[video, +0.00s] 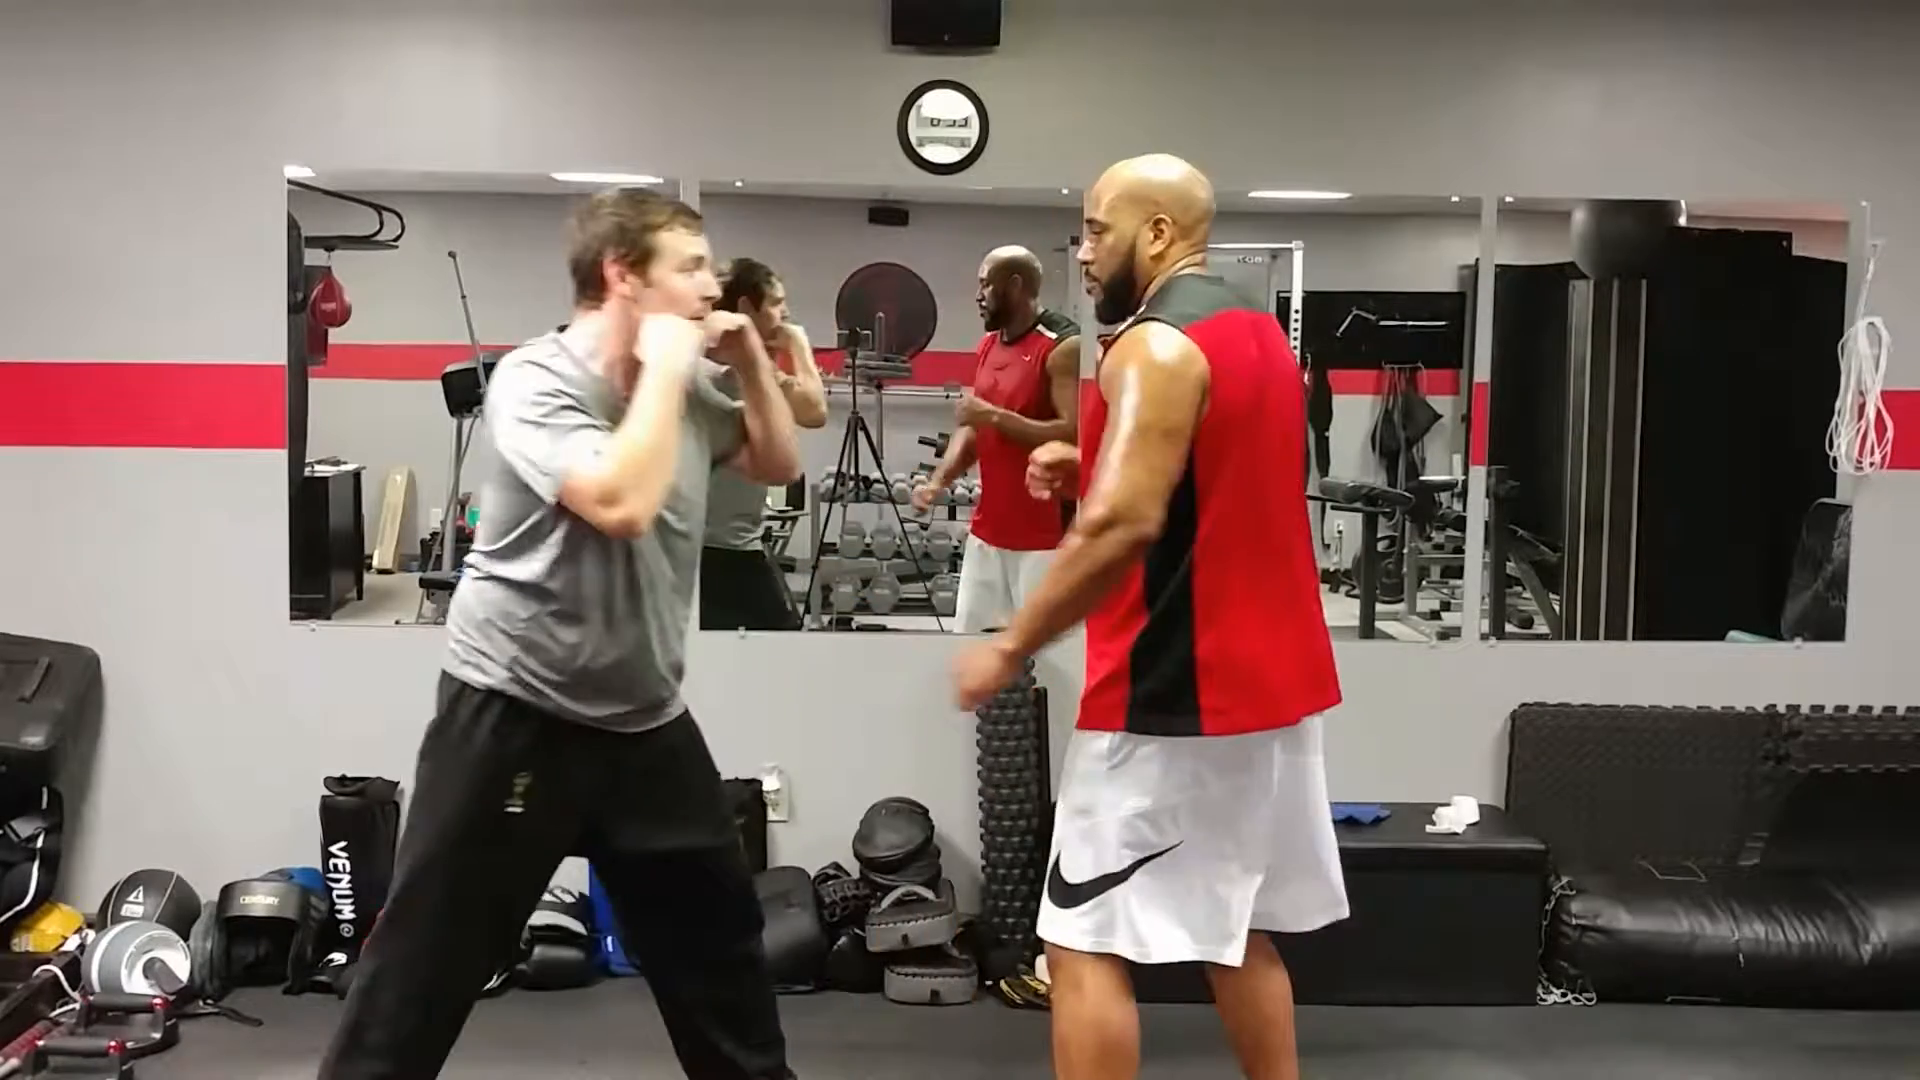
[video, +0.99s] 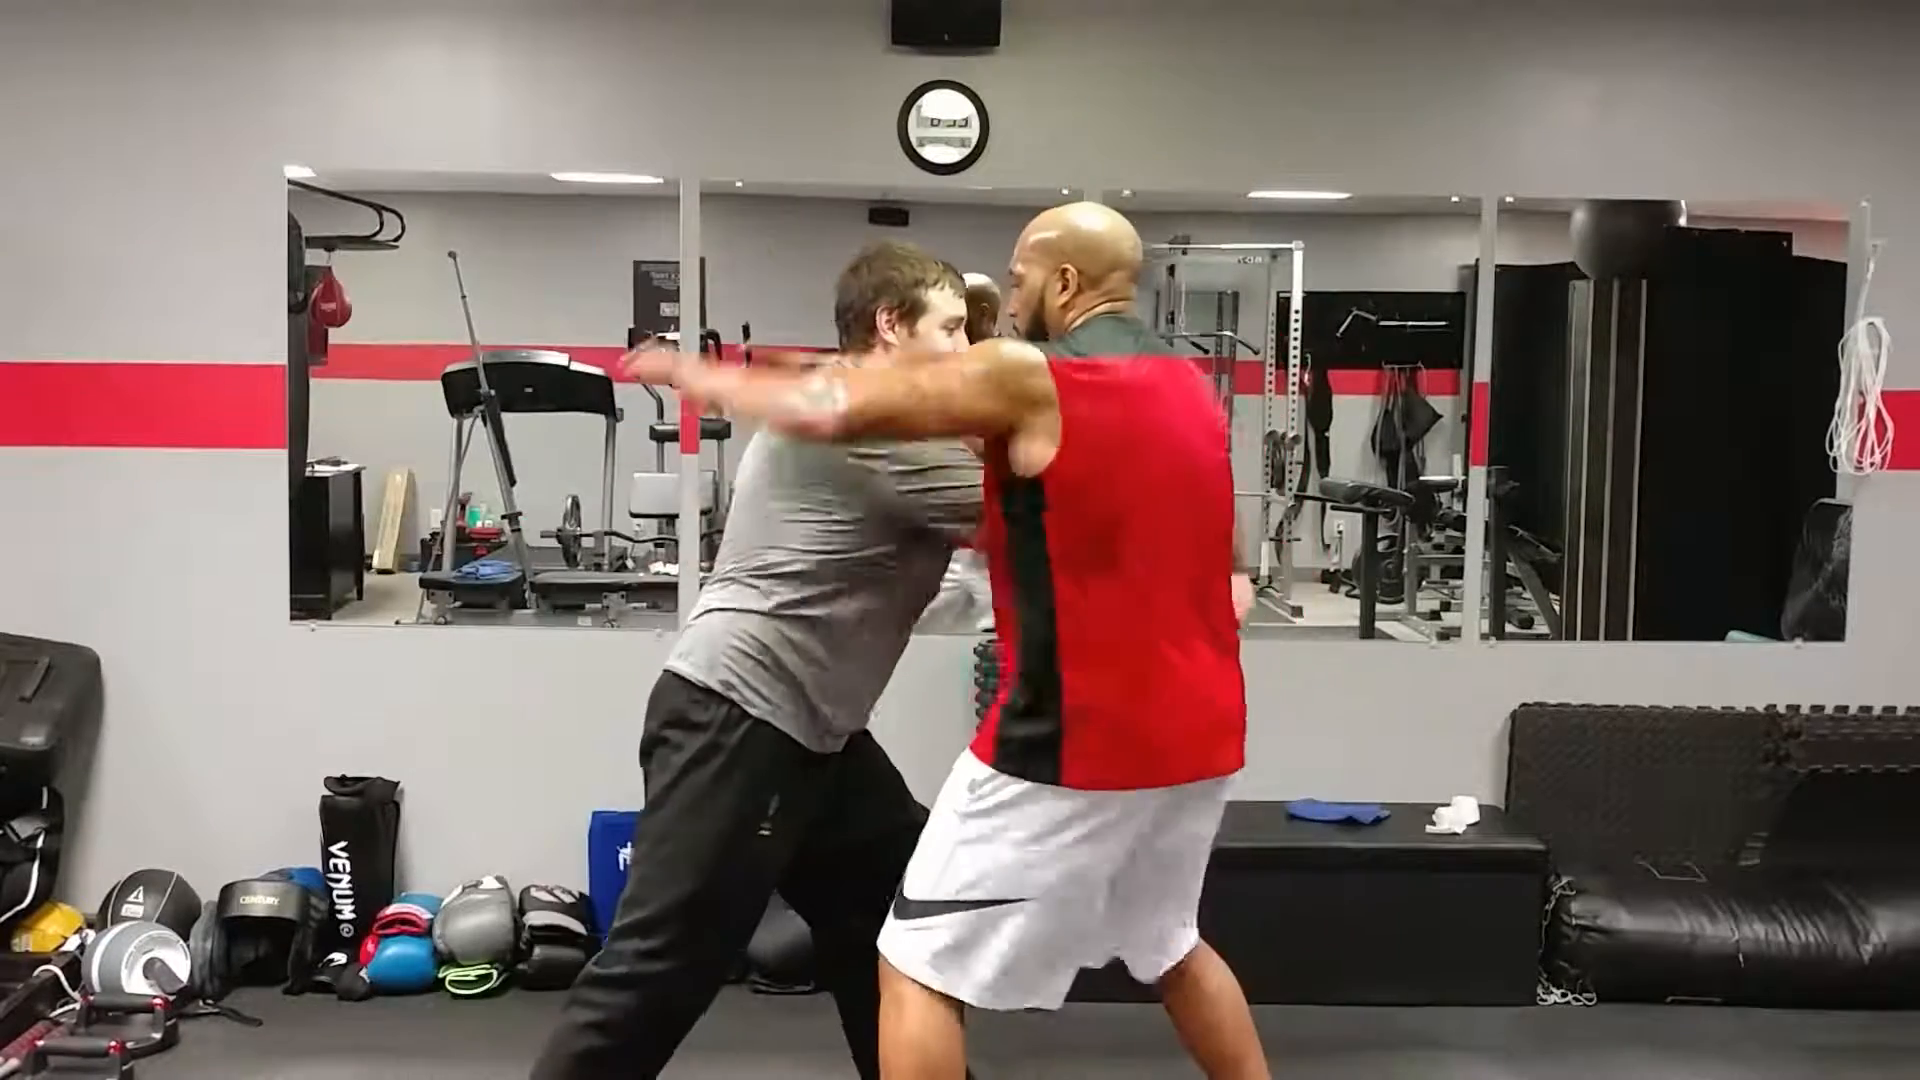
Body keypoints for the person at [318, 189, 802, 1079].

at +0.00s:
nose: (712, 292)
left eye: (710, 274)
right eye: (693, 272)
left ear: (628, 280)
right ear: (620, 278)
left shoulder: (678, 388)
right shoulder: (528, 384)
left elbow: (776, 462)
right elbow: (621, 502)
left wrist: (754, 364)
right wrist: (666, 367)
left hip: (647, 727)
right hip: (512, 717)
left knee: (721, 969)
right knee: (417, 981)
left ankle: (758, 1079)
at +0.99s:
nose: (970, 351)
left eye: (969, 331)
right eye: (953, 328)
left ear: (881, 332)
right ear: (886, 329)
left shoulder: (819, 413)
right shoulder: (876, 431)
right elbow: (1025, 506)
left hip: (809, 730)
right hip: (734, 716)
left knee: (914, 935)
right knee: (655, 977)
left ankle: (911, 1071)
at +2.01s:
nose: (850, 325)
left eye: (848, 305)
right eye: (828, 305)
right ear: (761, 319)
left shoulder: (810, 420)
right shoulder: (685, 424)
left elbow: (826, 554)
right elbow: (697, 605)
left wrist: (882, 483)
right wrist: (847, 581)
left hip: (761, 754)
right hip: (635, 747)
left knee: (870, 958)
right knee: (524, 987)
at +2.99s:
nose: (931, 285)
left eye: (923, 268)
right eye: (910, 269)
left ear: (850, 298)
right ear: (852, 292)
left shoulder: (836, 381)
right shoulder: (865, 364)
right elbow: (1033, 301)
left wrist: (1040, 290)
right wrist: (1118, 252)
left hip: (880, 715)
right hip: (812, 711)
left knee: (977, 936)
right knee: (751, 974)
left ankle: (998, 1074)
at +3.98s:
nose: (1010, 338)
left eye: (1010, 319)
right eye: (996, 316)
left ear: (936, 316)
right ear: (938, 314)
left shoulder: (864, 385)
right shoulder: (922, 418)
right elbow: (1080, 480)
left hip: (857, 714)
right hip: (775, 706)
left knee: (926, 909)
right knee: (705, 956)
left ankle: (920, 1067)